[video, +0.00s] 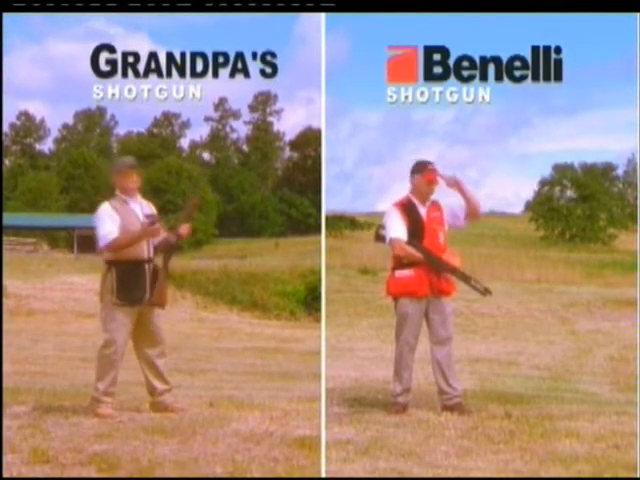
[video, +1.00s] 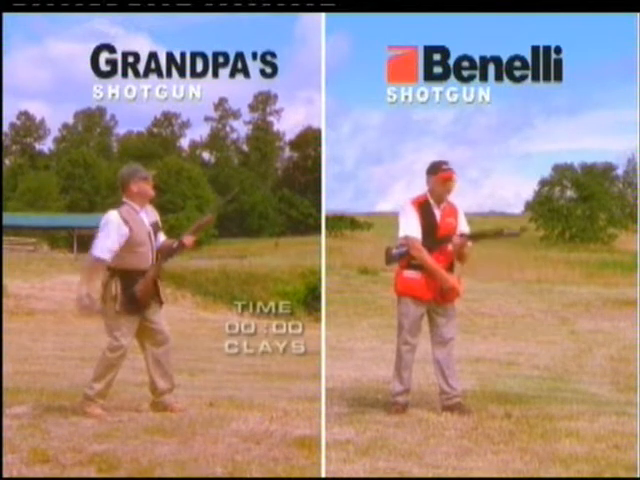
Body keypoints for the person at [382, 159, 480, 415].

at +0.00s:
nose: (432, 187)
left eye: (435, 182)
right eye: (428, 181)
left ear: (435, 183)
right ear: (414, 180)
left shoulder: (440, 209)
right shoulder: (397, 211)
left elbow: (473, 214)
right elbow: (398, 249)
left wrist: (460, 189)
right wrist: (434, 261)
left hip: (438, 282)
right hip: (410, 283)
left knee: (443, 340)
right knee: (406, 343)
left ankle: (451, 397)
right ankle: (401, 396)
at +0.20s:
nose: (436, 189)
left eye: (439, 184)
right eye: (432, 183)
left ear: (441, 185)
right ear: (419, 181)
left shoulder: (444, 210)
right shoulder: (401, 210)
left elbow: (465, 225)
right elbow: (402, 249)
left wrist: (474, 225)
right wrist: (435, 262)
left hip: (440, 281)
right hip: (411, 282)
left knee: (443, 340)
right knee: (407, 343)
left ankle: (450, 397)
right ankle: (400, 397)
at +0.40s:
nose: (441, 190)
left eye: (445, 186)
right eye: (437, 185)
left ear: (448, 186)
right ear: (425, 182)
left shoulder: (449, 210)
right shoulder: (406, 209)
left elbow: (470, 237)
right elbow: (407, 246)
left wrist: (469, 265)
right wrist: (439, 264)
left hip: (442, 283)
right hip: (412, 283)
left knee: (444, 342)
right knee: (407, 343)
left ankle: (451, 397)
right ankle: (400, 396)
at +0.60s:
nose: (447, 192)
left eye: (451, 187)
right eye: (443, 187)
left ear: (454, 187)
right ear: (430, 183)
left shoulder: (454, 211)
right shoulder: (411, 208)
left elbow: (466, 247)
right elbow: (412, 245)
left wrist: (463, 273)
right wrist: (442, 269)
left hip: (443, 283)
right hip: (413, 282)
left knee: (444, 342)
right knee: (407, 342)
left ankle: (451, 397)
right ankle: (400, 397)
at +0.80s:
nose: (450, 191)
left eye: (453, 187)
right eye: (445, 186)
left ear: (456, 187)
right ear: (433, 183)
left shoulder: (457, 212)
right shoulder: (414, 208)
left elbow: (471, 253)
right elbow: (413, 246)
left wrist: (456, 248)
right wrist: (444, 277)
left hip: (443, 282)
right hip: (413, 280)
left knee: (445, 342)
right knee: (407, 341)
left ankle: (450, 397)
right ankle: (400, 396)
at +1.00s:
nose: (448, 188)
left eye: (451, 183)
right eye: (443, 182)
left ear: (453, 184)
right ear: (430, 182)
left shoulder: (455, 210)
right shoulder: (412, 208)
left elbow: (462, 254)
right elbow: (414, 248)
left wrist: (461, 247)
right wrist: (445, 278)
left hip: (443, 280)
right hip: (414, 279)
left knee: (445, 340)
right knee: (407, 340)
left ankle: (450, 396)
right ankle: (400, 395)